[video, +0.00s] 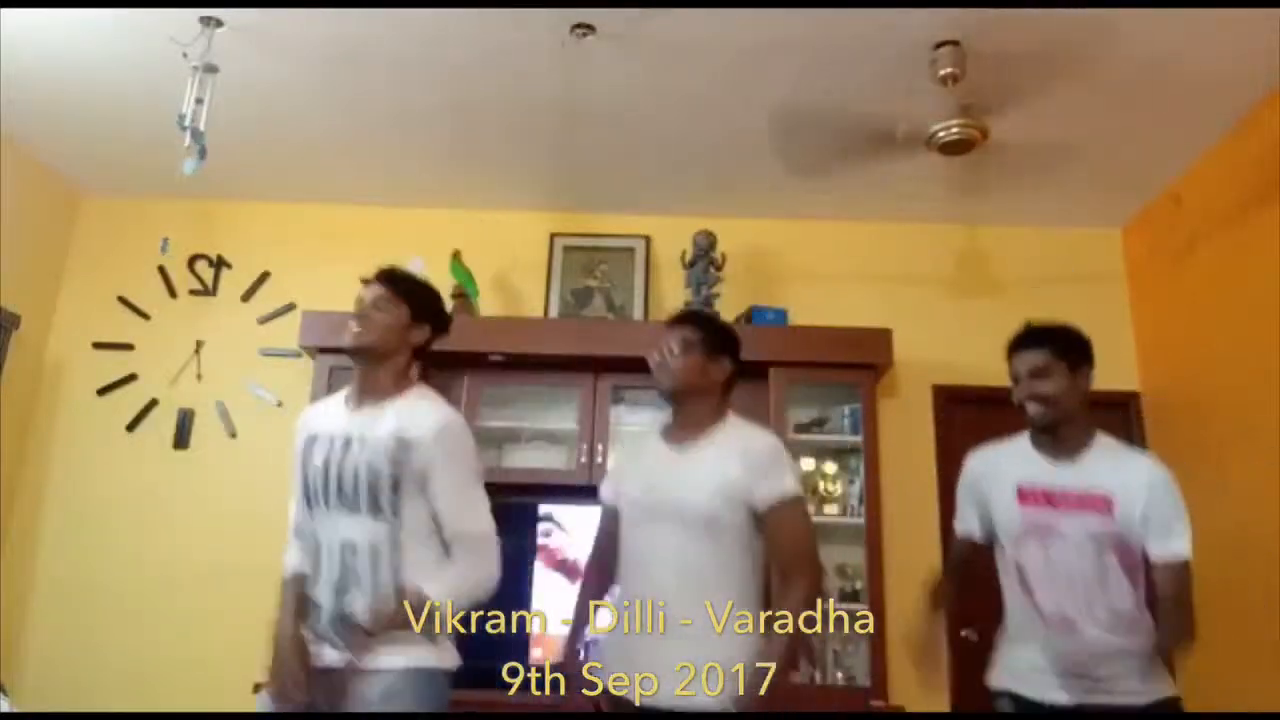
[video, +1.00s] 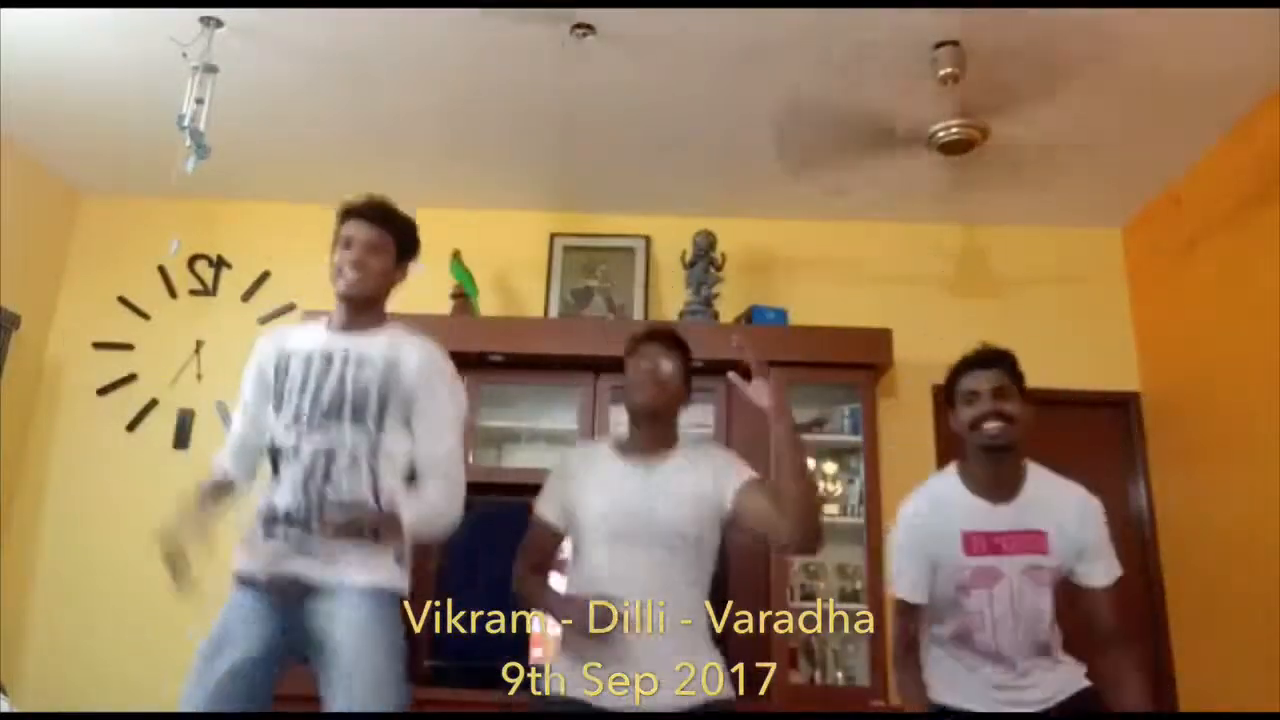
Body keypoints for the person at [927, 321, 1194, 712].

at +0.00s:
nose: (1024, 393)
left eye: (1040, 376)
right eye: (1017, 381)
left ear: (1082, 379)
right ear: (1012, 388)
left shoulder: (1144, 478)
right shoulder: (986, 469)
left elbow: (1176, 618)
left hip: (1130, 689)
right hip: (1028, 690)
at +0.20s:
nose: (994, 373)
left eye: (1007, 358)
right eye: (988, 363)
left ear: (1051, 353)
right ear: (983, 363)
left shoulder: (1103, 427)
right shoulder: (980, 433)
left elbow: (1089, 552)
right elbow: (933, 549)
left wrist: (988, 489)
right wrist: (877, 530)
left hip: (1035, 647)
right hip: (942, 637)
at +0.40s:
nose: (962, 416)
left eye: (974, 401)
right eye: (956, 406)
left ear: (1019, 401)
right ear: (950, 412)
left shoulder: (1054, 489)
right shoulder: (953, 489)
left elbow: (999, 626)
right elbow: (931, 592)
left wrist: (898, 670)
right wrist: (873, 660)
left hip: (978, 696)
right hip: (911, 686)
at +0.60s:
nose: (937, 344)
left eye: (950, 329)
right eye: (930, 333)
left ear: (992, 330)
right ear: (925, 337)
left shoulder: (1045, 412)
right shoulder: (918, 414)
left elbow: (1045, 545)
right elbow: (878, 526)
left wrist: (945, 489)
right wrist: (826, 488)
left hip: (1012, 641)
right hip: (920, 631)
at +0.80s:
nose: (940, 348)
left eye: (957, 333)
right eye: (931, 337)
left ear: (993, 339)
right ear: (924, 344)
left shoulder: (1053, 429)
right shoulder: (899, 433)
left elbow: (1079, 557)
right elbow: (871, 534)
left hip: (1048, 659)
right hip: (948, 660)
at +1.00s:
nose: (989, 407)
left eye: (1003, 395)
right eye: (972, 399)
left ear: (1027, 410)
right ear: (953, 419)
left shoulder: (1075, 507)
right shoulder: (923, 512)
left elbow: (1108, 639)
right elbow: (904, 647)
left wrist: (1134, 704)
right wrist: (917, 707)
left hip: (1053, 685)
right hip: (958, 690)